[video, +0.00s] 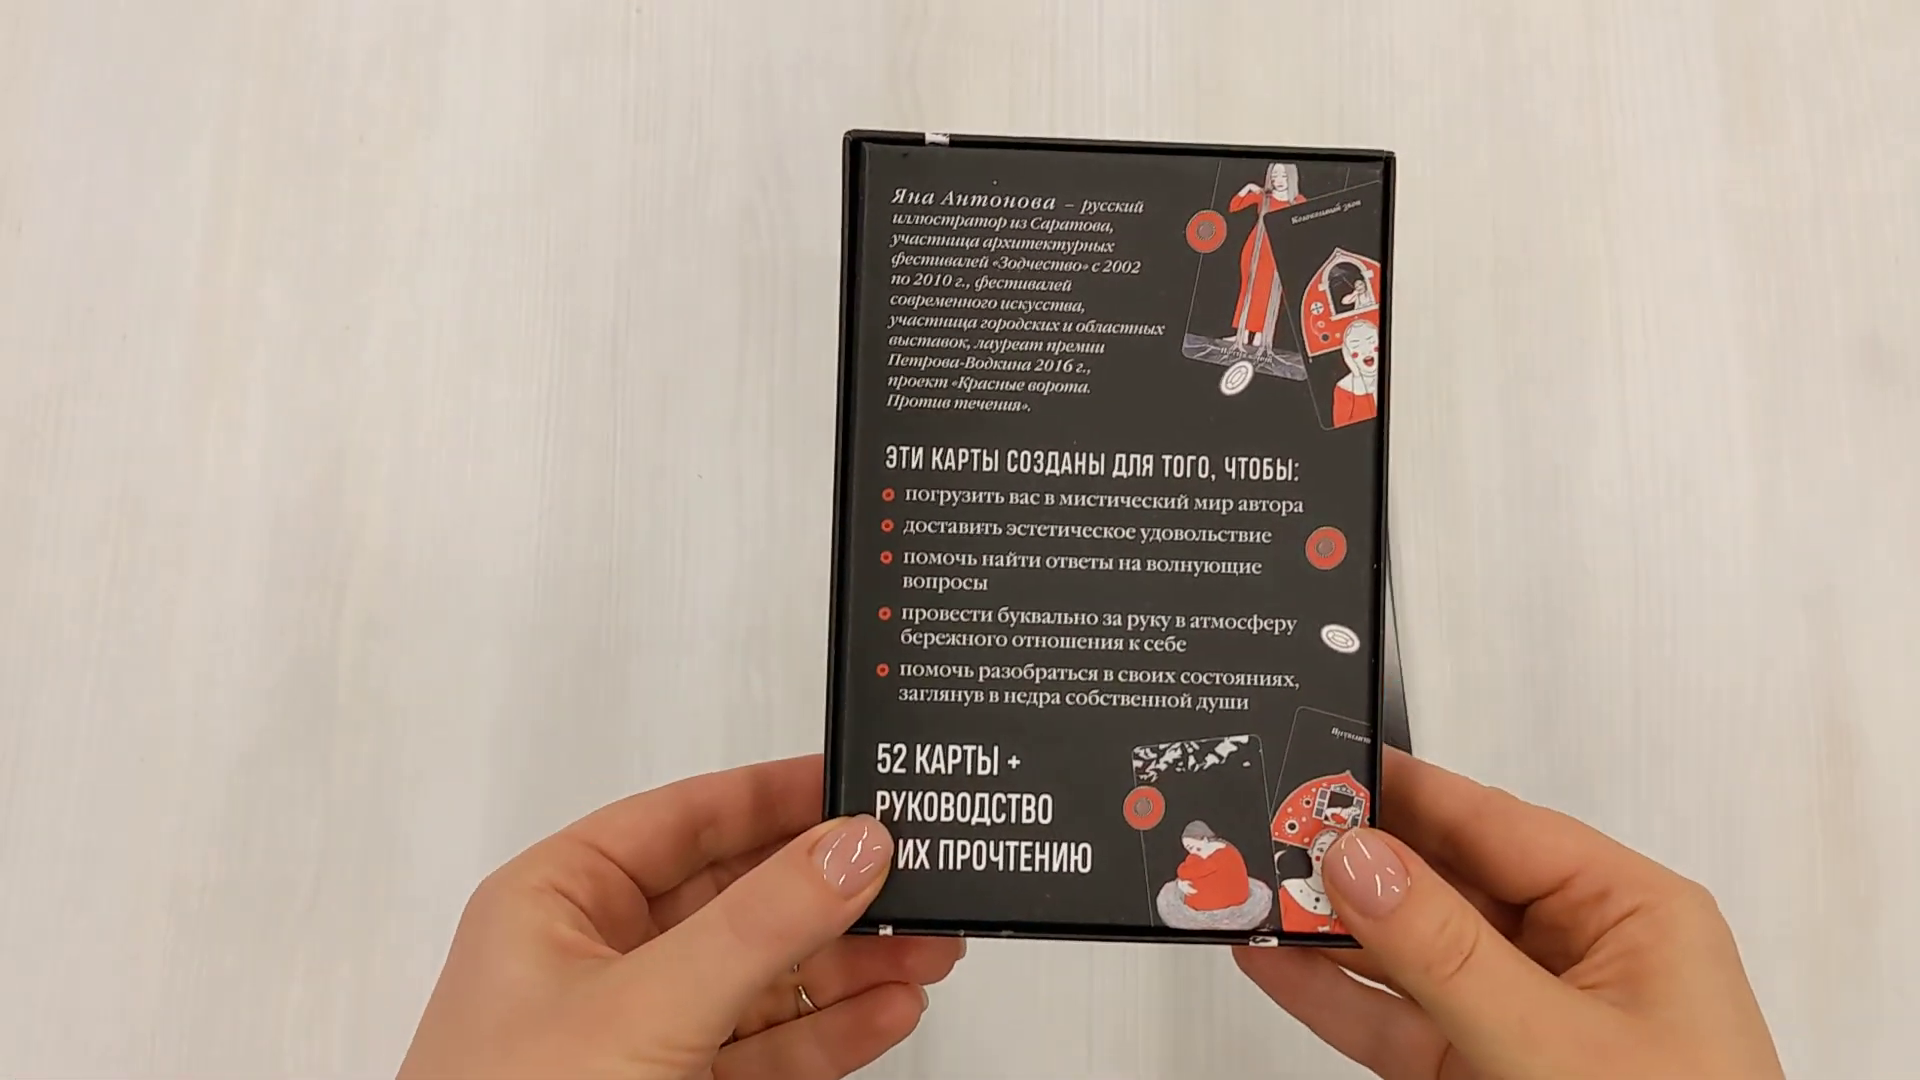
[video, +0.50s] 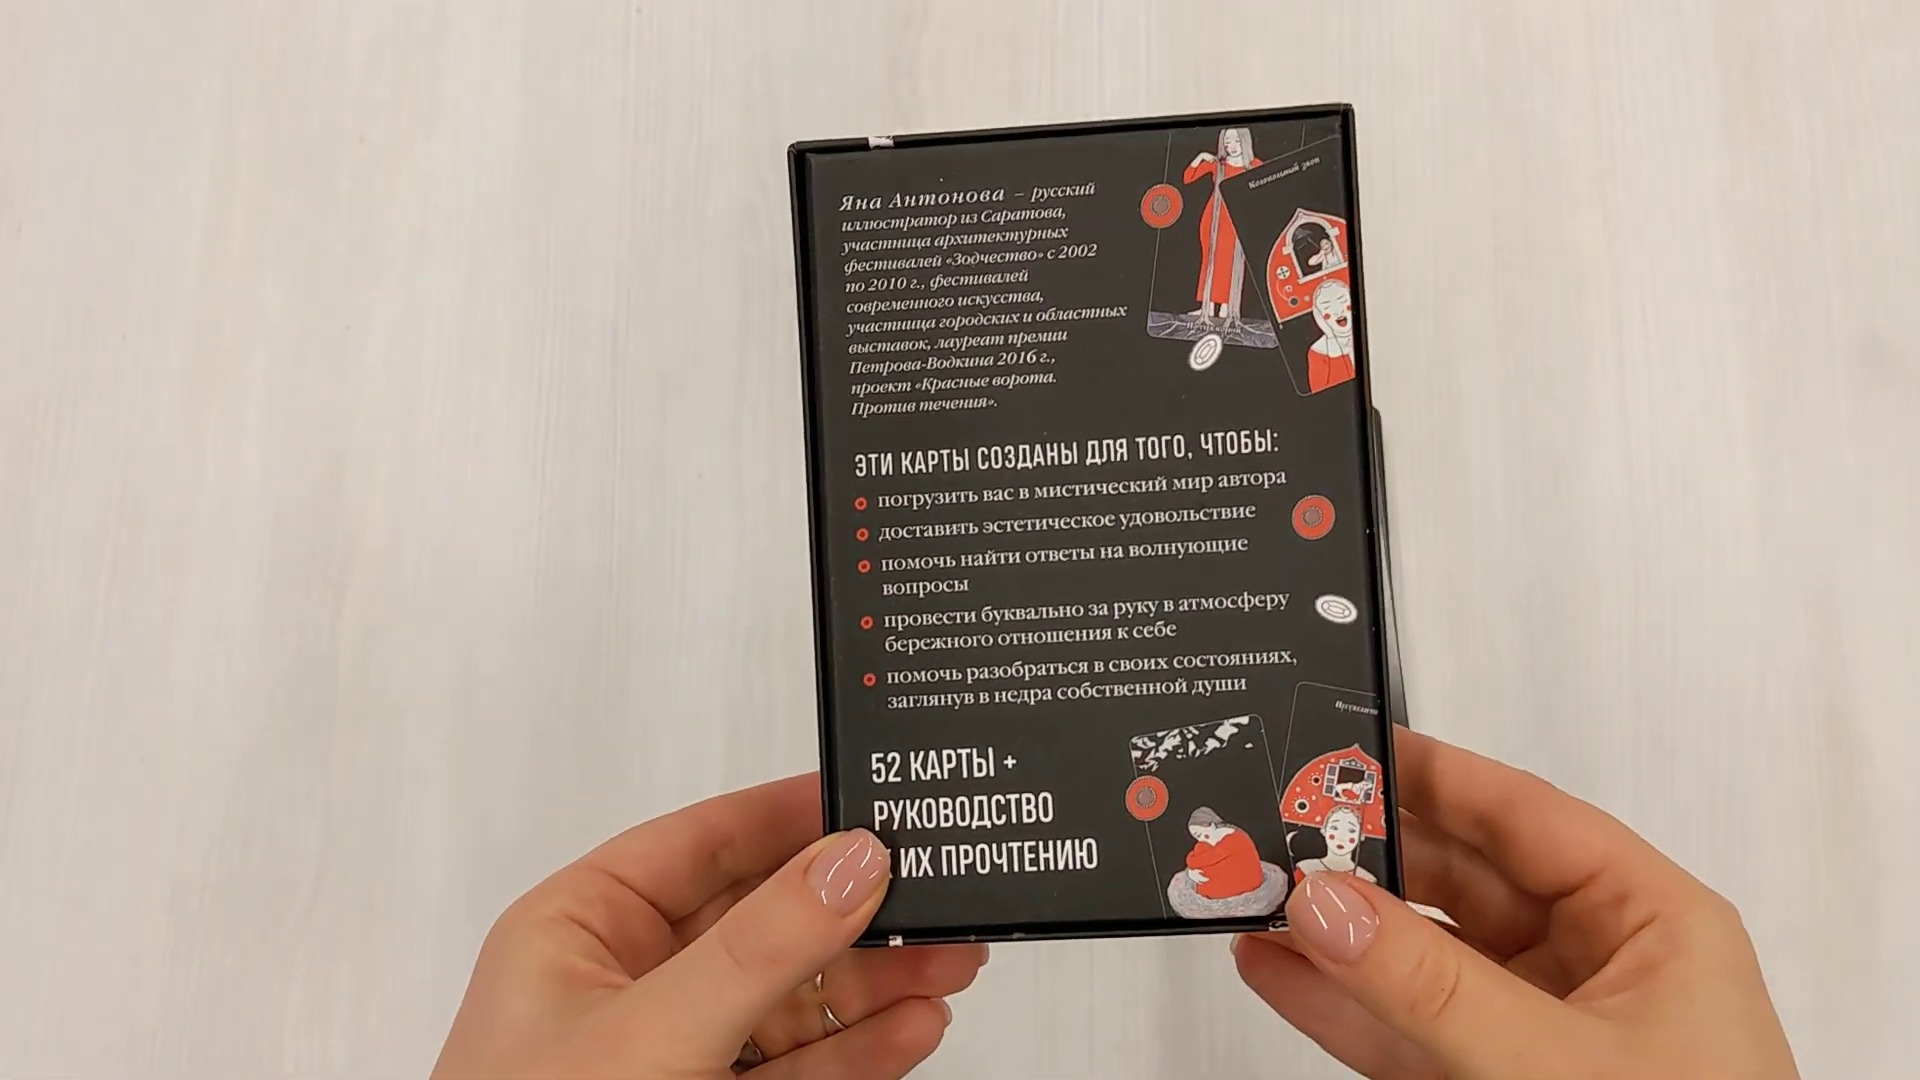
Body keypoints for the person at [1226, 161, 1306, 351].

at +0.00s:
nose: (1279, 181)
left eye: (1284, 177)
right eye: (1275, 177)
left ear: (1292, 178)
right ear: (1270, 179)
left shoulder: (1299, 203)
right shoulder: (1262, 197)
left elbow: (1306, 231)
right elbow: (1234, 207)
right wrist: (1247, 189)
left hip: (1279, 251)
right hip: (1256, 247)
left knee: (1269, 293)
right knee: (1251, 289)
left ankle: (1260, 336)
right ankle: (1242, 333)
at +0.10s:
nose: (1272, 196)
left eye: (1277, 191)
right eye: (1268, 191)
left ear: (1285, 193)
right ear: (1263, 194)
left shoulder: (1292, 218)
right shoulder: (1255, 212)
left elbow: (1299, 244)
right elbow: (1227, 222)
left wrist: (1288, 220)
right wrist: (1241, 204)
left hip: (1271, 267)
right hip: (1249, 263)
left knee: (1262, 308)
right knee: (1244, 304)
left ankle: (1253, 352)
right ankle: (1235, 349)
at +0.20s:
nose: (1268, 204)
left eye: (1273, 199)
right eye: (1264, 199)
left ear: (1281, 201)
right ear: (1259, 201)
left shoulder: (1289, 226)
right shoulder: (1252, 219)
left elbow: (1295, 253)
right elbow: (1223, 230)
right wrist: (1237, 212)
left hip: (1268, 275)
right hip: (1245, 270)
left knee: (1258, 315)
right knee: (1240, 312)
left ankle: (1249, 358)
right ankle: (1231, 356)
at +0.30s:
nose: (1263, 199)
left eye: (1268, 195)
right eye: (1259, 195)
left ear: (1276, 196)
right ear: (1254, 197)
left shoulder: (1284, 222)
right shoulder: (1246, 216)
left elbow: (1291, 248)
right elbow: (1218, 226)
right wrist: (1232, 208)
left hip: (1262, 271)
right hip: (1240, 266)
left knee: (1253, 312)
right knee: (1235, 308)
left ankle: (1244, 355)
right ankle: (1226, 352)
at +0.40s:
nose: (1242, 171)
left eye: (1246, 167)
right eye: (1238, 167)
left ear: (1255, 168)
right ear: (1234, 169)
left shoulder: (1264, 191)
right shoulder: (1227, 188)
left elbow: (1275, 214)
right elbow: (1198, 201)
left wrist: (1262, 194)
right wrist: (1210, 181)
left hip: (1246, 242)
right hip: (1223, 239)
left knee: (1237, 283)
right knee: (1219, 281)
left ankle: (1231, 328)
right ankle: (1213, 326)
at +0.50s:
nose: (1232, 146)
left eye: (1235, 141)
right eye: (1227, 142)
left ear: (1244, 142)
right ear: (1223, 145)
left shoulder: (1255, 166)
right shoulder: (1216, 165)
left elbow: (1264, 193)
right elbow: (1187, 179)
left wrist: (1249, 168)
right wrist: (1200, 158)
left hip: (1238, 219)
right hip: (1215, 217)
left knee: (1232, 261)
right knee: (1212, 260)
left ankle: (1227, 308)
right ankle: (1207, 307)